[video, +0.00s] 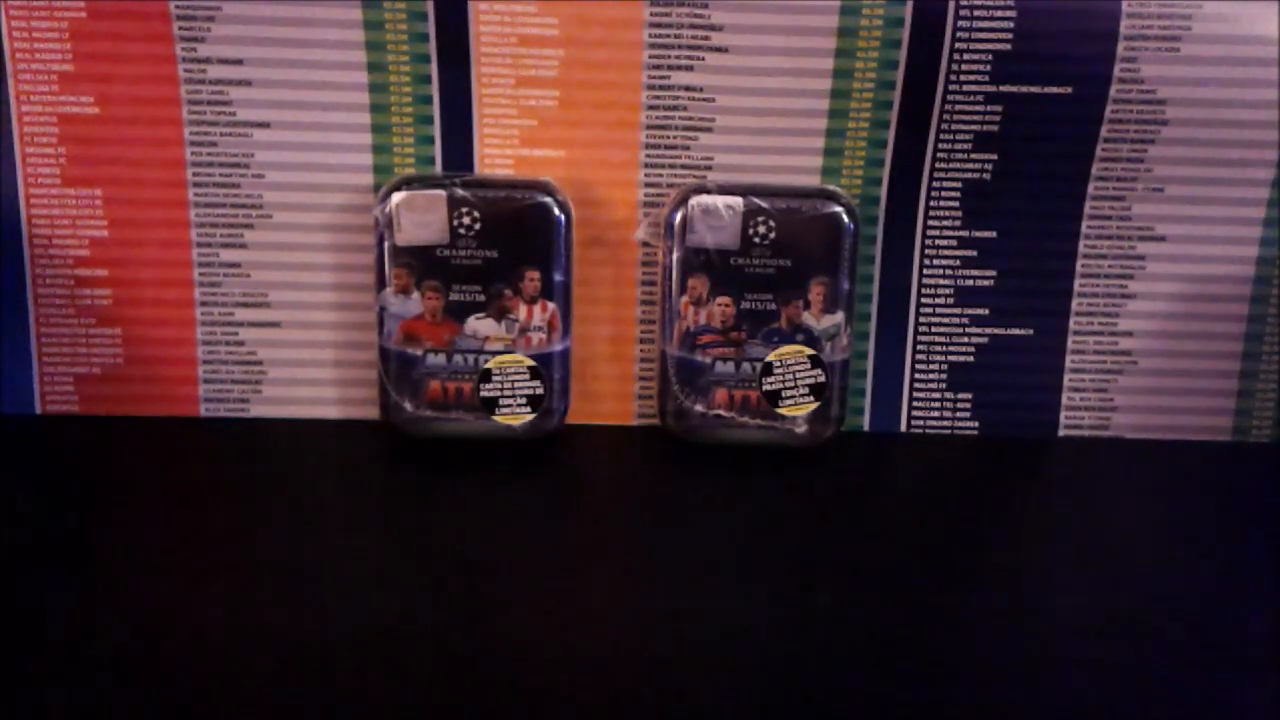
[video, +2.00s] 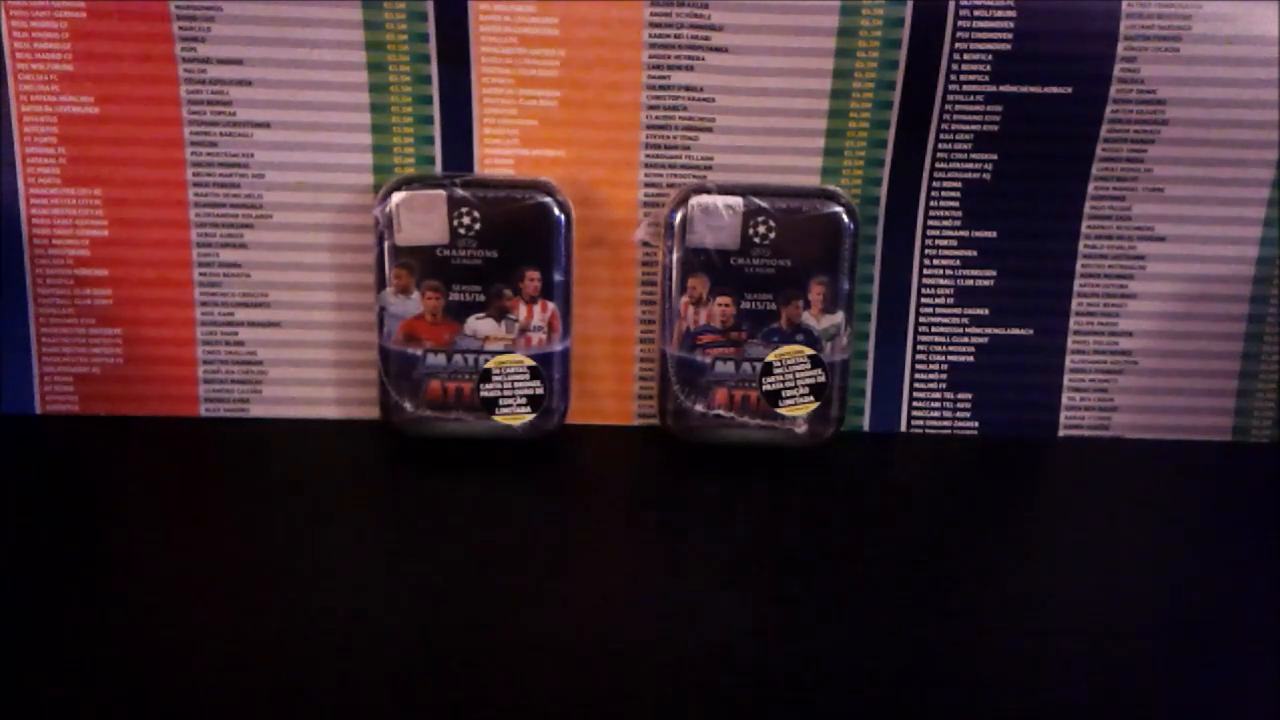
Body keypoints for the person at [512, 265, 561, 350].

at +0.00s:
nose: (536, 285)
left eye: (538, 281)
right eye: (531, 280)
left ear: (541, 283)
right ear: (521, 284)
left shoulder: (551, 308)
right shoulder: (511, 306)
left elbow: (556, 337)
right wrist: (520, 329)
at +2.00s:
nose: (536, 285)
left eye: (539, 281)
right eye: (531, 280)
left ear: (541, 283)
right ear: (521, 284)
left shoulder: (550, 308)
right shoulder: (513, 305)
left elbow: (556, 337)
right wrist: (520, 328)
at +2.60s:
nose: (536, 285)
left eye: (538, 281)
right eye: (531, 280)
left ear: (541, 283)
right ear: (521, 284)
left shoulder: (550, 308)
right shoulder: (513, 305)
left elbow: (556, 336)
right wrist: (520, 328)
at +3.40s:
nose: (536, 285)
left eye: (539, 281)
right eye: (531, 280)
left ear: (541, 283)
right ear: (521, 284)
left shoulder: (551, 308)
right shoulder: (512, 305)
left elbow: (556, 336)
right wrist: (520, 328)